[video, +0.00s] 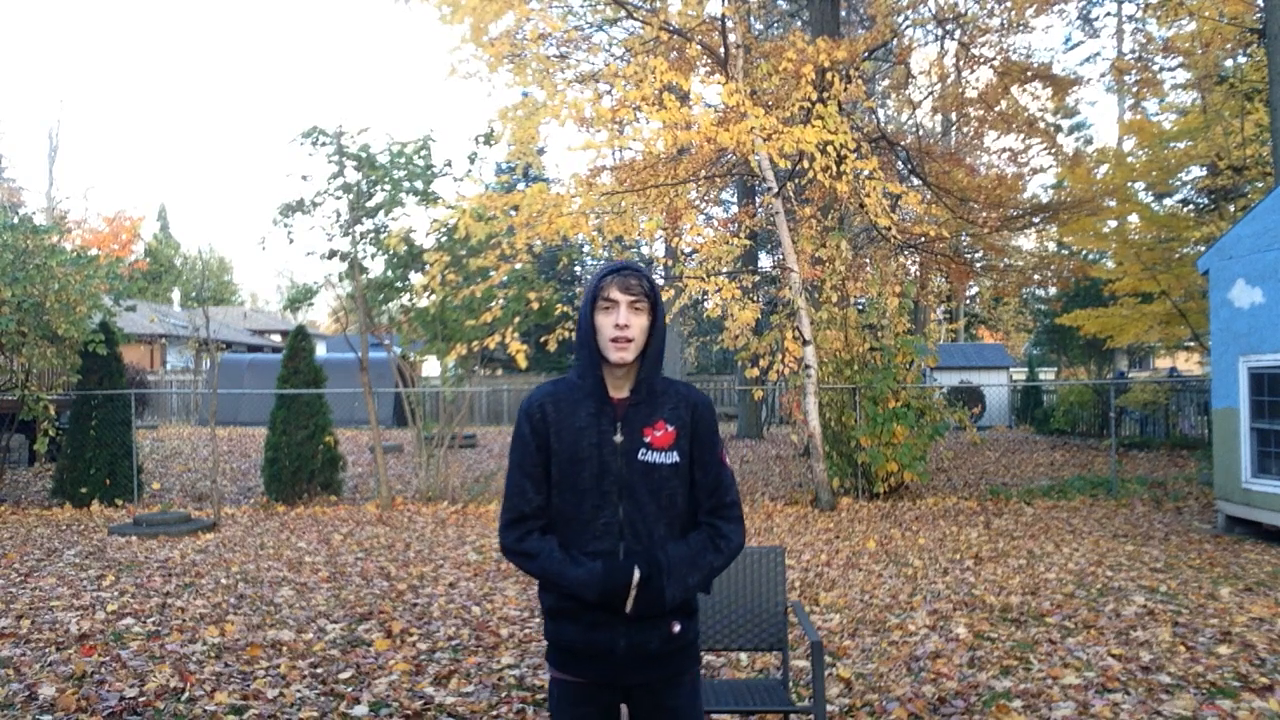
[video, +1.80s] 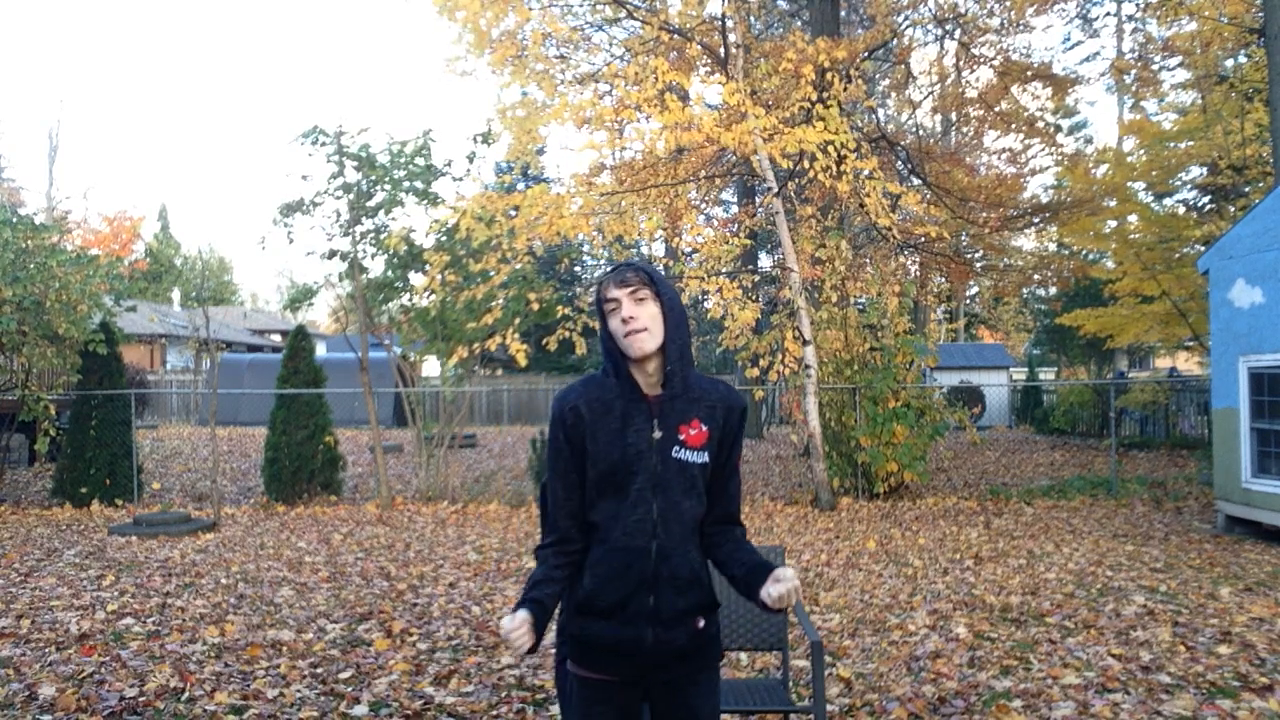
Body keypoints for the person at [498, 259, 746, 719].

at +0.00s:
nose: (621, 321)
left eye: (636, 308)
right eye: (607, 307)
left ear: (653, 322)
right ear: (589, 319)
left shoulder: (689, 408)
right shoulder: (546, 409)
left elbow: (726, 526)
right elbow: (518, 532)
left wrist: (660, 577)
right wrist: (596, 580)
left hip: (667, 650)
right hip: (579, 651)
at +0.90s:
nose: (627, 313)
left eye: (642, 301)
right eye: (614, 300)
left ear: (660, 317)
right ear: (595, 314)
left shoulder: (697, 400)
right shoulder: (553, 401)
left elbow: (762, 498)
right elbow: (501, 509)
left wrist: (680, 538)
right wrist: (593, 553)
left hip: (681, 645)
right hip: (590, 649)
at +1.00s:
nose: (620, 313)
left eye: (634, 300)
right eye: (606, 300)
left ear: (652, 317)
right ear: (586, 315)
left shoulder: (690, 391)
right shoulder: (547, 392)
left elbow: (783, 468)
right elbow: (481, 486)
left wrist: (756, 555)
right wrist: (521, 572)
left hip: (673, 638)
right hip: (582, 641)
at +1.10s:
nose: (617, 322)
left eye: (631, 310)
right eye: (603, 309)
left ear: (649, 325)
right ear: (582, 321)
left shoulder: (684, 402)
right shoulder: (537, 408)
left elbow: (761, 503)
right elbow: (483, 521)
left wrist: (851, 595)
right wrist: (437, 637)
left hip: (665, 650)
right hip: (573, 653)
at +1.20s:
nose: (612, 321)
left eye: (626, 309)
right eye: (598, 308)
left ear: (645, 323)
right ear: (577, 321)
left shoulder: (678, 402)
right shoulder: (540, 408)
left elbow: (725, 526)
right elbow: (511, 544)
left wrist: (824, 580)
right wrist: (437, 635)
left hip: (659, 648)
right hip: (566, 652)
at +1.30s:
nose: (609, 316)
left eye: (623, 305)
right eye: (595, 304)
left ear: (642, 319)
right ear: (576, 319)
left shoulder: (678, 402)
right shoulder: (539, 408)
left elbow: (696, 530)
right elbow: (532, 541)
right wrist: (477, 628)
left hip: (658, 645)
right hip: (570, 647)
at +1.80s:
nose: (627, 314)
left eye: (639, 299)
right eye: (613, 308)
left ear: (668, 307)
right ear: (604, 328)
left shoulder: (719, 405)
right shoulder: (577, 407)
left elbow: (720, 527)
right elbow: (562, 536)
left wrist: (761, 577)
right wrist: (532, 609)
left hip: (688, 647)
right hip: (597, 649)